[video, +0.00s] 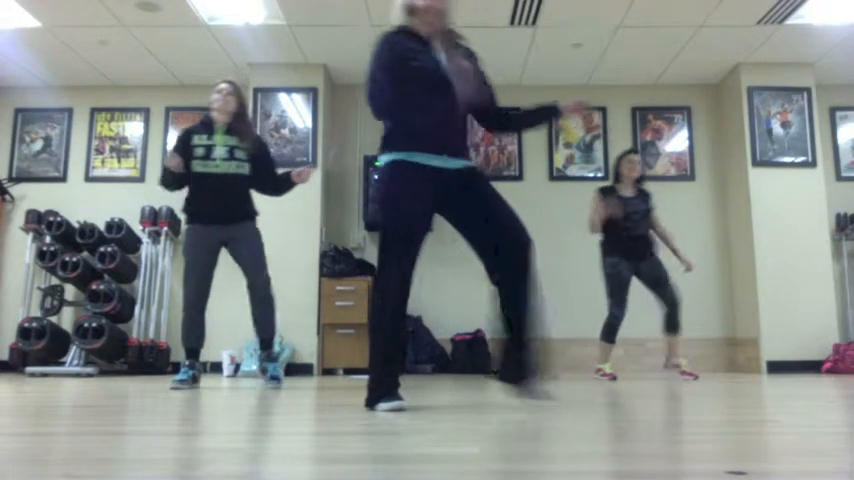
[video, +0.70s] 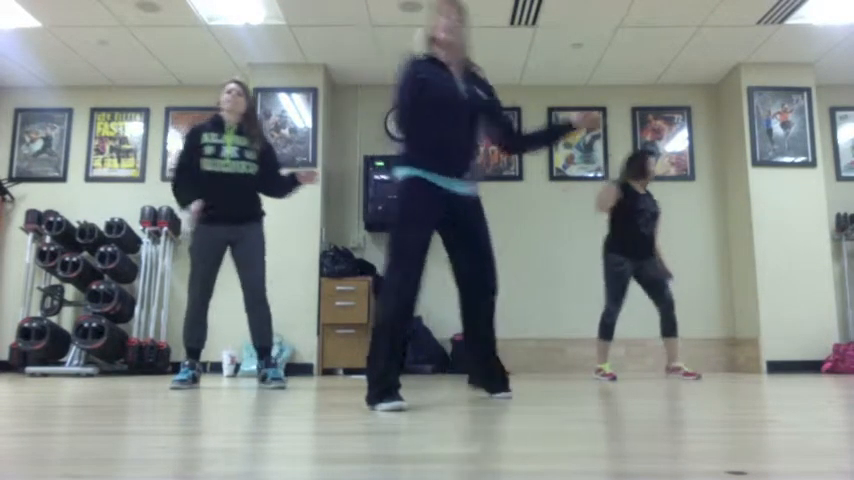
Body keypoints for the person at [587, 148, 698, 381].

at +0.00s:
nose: (634, 167)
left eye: (637, 163)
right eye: (629, 162)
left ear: (641, 169)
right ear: (619, 167)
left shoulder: (643, 196)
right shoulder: (605, 195)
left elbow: (658, 228)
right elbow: (594, 228)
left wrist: (680, 256)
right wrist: (601, 214)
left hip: (645, 258)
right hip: (617, 259)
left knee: (672, 302)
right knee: (617, 311)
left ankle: (673, 359)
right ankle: (603, 364)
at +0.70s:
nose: (652, 169)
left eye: (653, 164)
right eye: (649, 164)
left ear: (648, 168)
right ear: (639, 166)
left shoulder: (650, 199)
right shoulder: (620, 189)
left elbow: (652, 239)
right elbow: (602, 205)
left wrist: (662, 265)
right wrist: (608, 190)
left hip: (646, 258)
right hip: (619, 256)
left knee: (666, 304)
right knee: (612, 308)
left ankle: (673, 362)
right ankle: (602, 364)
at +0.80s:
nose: (658, 168)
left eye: (658, 164)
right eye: (655, 164)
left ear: (648, 167)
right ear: (646, 165)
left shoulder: (653, 195)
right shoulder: (628, 187)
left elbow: (654, 239)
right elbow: (614, 204)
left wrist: (664, 269)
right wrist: (634, 184)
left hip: (649, 258)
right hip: (624, 255)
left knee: (667, 305)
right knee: (617, 307)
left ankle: (673, 364)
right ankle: (602, 364)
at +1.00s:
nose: (687, 174)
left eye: (686, 170)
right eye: (683, 170)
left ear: (678, 175)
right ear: (670, 173)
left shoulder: (678, 206)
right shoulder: (649, 196)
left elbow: (670, 246)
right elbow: (630, 223)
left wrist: (674, 275)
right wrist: (650, 220)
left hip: (660, 261)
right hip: (635, 254)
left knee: (676, 306)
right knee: (646, 300)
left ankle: (673, 365)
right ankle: (605, 337)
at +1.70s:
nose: (656, 162)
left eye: (660, 159)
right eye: (651, 158)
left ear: (665, 165)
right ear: (642, 164)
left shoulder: (668, 196)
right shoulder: (632, 190)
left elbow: (670, 232)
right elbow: (611, 221)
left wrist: (677, 261)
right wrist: (620, 204)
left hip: (657, 256)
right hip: (630, 252)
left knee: (665, 308)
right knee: (624, 305)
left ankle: (673, 364)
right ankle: (607, 360)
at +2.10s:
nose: (617, 160)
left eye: (621, 157)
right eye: (613, 157)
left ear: (628, 163)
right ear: (605, 162)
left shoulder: (637, 192)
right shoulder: (595, 191)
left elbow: (645, 226)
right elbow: (582, 228)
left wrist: (658, 254)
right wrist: (588, 223)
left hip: (633, 253)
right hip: (604, 255)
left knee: (658, 298)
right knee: (607, 308)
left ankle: (660, 357)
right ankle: (604, 364)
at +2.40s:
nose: (616, 161)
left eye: (620, 158)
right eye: (612, 157)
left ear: (626, 164)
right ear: (603, 163)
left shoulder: (635, 191)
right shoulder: (594, 192)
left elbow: (654, 216)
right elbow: (576, 222)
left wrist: (674, 220)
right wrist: (568, 210)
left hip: (635, 255)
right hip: (605, 256)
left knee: (656, 302)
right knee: (607, 309)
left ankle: (658, 359)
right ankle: (604, 364)